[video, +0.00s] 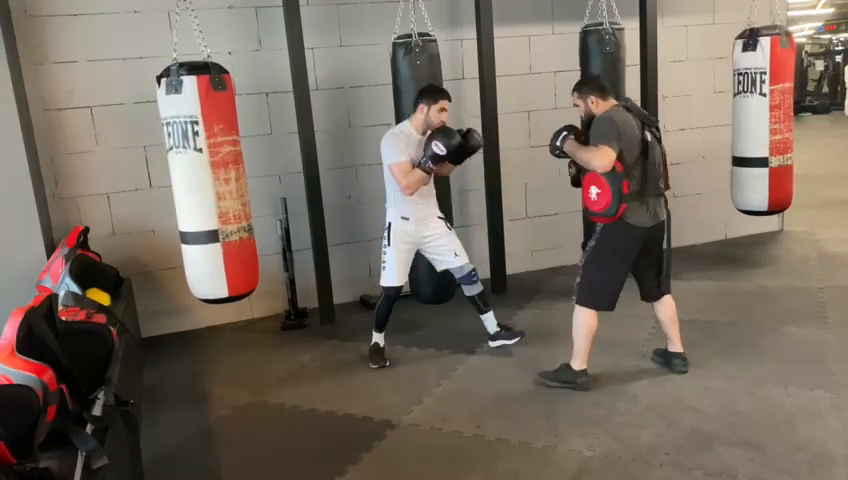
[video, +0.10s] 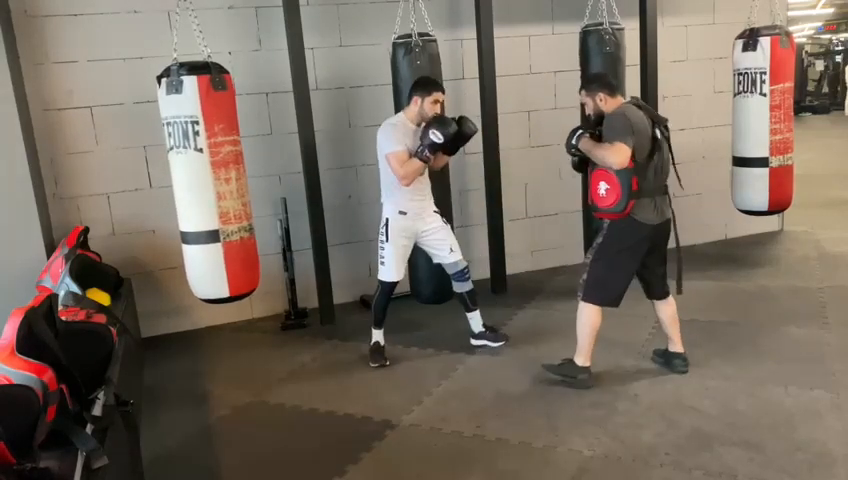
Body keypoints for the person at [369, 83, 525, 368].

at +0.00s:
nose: (445, 117)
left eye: (447, 112)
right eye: (441, 111)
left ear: (429, 110)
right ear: (422, 108)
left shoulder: (433, 136)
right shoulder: (393, 139)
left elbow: (440, 171)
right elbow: (408, 186)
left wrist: (461, 152)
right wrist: (430, 157)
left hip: (432, 221)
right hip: (401, 225)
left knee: (466, 272)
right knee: (392, 288)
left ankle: (494, 331)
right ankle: (377, 342)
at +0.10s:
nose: (439, 109)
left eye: (441, 104)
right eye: (436, 103)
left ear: (424, 102)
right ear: (416, 100)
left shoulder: (426, 129)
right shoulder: (390, 129)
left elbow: (435, 164)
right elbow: (404, 175)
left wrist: (454, 141)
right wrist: (428, 147)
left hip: (428, 215)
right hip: (398, 218)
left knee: (459, 268)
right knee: (389, 281)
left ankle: (478, 330)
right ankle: (376, 341)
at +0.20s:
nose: (437, 109)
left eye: (439, 104)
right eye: (433, 103)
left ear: (429, 103)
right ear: (414, 100)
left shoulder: (425, 129)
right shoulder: (389, 132)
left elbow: (438, 170)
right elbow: (408, 176)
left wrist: (451, 143)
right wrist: (431, 143)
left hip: (425, 218)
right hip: (395, 220)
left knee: (452, 274)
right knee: (385, 283)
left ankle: (470, 334)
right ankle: (376, 342)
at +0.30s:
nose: (440, 110)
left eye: (442, 105)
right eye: (436, 104)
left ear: (430, 105)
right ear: (417, 102)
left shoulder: (428, 132)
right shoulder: (392, 134)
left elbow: (439, 176)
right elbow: (409, 177)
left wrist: (454, 150)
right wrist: (434, 147)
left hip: (426, 219)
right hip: (396, 221)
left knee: (453, 273)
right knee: (385, 284)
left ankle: (471, 334)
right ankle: (376, 342)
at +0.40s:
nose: (443, 111)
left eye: (445, 106)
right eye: (439, 105)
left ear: (436, 106)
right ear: (420, 102)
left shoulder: (432, 132)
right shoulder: (393, 132)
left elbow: (443, 174)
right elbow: (408, 177)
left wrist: (458, 148)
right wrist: (435, 148)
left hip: (430, 218)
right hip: (398, 220)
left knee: (454, 275)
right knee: (388, 283)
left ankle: (472, 334)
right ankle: (377, 342)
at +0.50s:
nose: (442, 114)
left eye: (445, 109)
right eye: (440, 108)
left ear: (436, 109)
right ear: (421, 104)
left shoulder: (431, 133)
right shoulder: (394, 132)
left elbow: (449, 171)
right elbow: (409, 178)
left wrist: (460, 144)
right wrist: (434, 146)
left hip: (430, 219)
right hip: (399, 221)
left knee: (459, 273)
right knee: (389, 284)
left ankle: (472, 334)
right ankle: (376, 342)